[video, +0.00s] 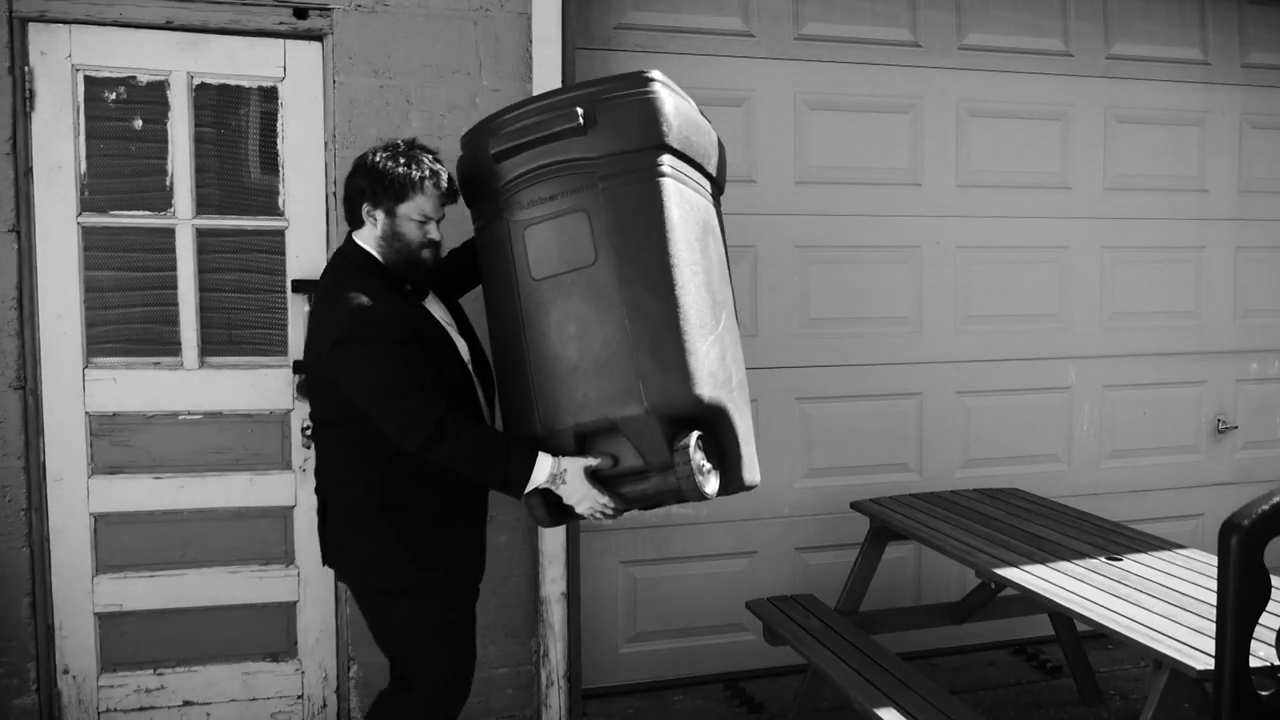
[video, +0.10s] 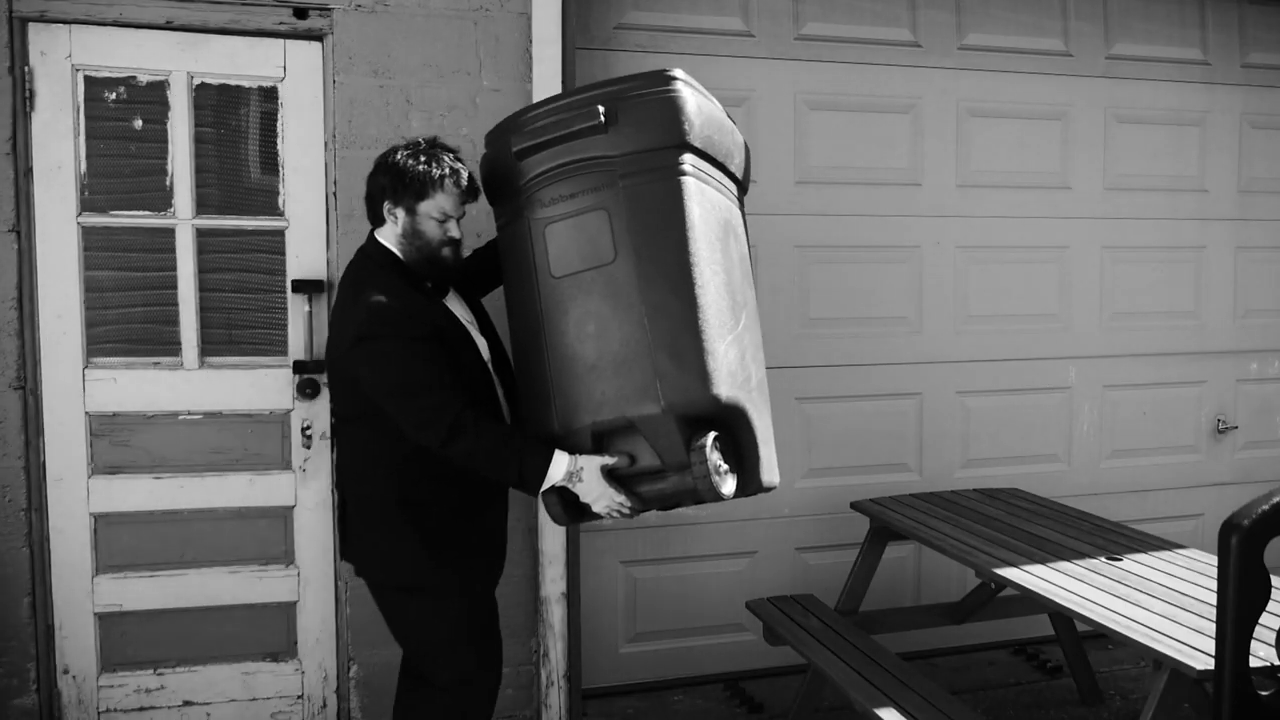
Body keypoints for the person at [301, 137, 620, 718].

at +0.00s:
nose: (436, 236)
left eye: (438, 221)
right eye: (422, 222)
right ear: (372, 216)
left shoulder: (401, 278)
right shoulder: (356, 309)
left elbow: (461, 272)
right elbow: (430, 431)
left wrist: (520, 220)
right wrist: (546, 472)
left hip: (437, 524)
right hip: (396, 538)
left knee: (438, 681)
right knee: (431, 685)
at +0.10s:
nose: (457, 233)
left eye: (459, 219)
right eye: (443, 220)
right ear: (393, 215)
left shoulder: (419, 274)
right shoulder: (378, 307)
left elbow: (475, 277)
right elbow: (451, 428)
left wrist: (535, 227)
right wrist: (562, 468)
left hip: (452, 527)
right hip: (416, 540)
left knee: (440, 680)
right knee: (465, 680)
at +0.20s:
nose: (476, 235)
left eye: (479, 220)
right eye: (461, 222)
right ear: (412, 216)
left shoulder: (442, 276)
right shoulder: (397, 305)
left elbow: (497, 277)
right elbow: (464, 429)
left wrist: (558, 223)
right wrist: (581, 471)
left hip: (470, 536)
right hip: (434, 549)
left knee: (448, 691)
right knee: (478, 691)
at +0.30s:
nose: (494, 241)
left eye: (497, 226)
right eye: (479, 228)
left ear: (504, 212)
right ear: (430, 223)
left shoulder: (465, 281)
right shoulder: (415, 313)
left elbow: (521, 275)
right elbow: (483, 436)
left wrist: (580, 224)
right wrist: (597, 480)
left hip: (491, 536)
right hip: (451, 550)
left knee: (467, 685)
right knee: (489, 692)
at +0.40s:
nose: (512, 247)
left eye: (515, 232)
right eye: (496, 235)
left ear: (523, 217)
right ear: (446, 231)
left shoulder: (485, 283)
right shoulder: (430, 322)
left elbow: (552, 268)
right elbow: (494, 447)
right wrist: (611, 492)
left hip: (516, 538)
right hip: (473, 553)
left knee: (511, 689)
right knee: (491, 697)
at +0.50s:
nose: (525, 249)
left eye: (528, 234)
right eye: (509, 239)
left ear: (532, 219)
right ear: (460, 233)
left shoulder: (506, 280)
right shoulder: (443, 325)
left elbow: (579, 259)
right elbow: (503, 450)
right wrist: (619, 501)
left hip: (537, 534)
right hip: (488, 553)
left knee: (549, 678)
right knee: (513, 696)